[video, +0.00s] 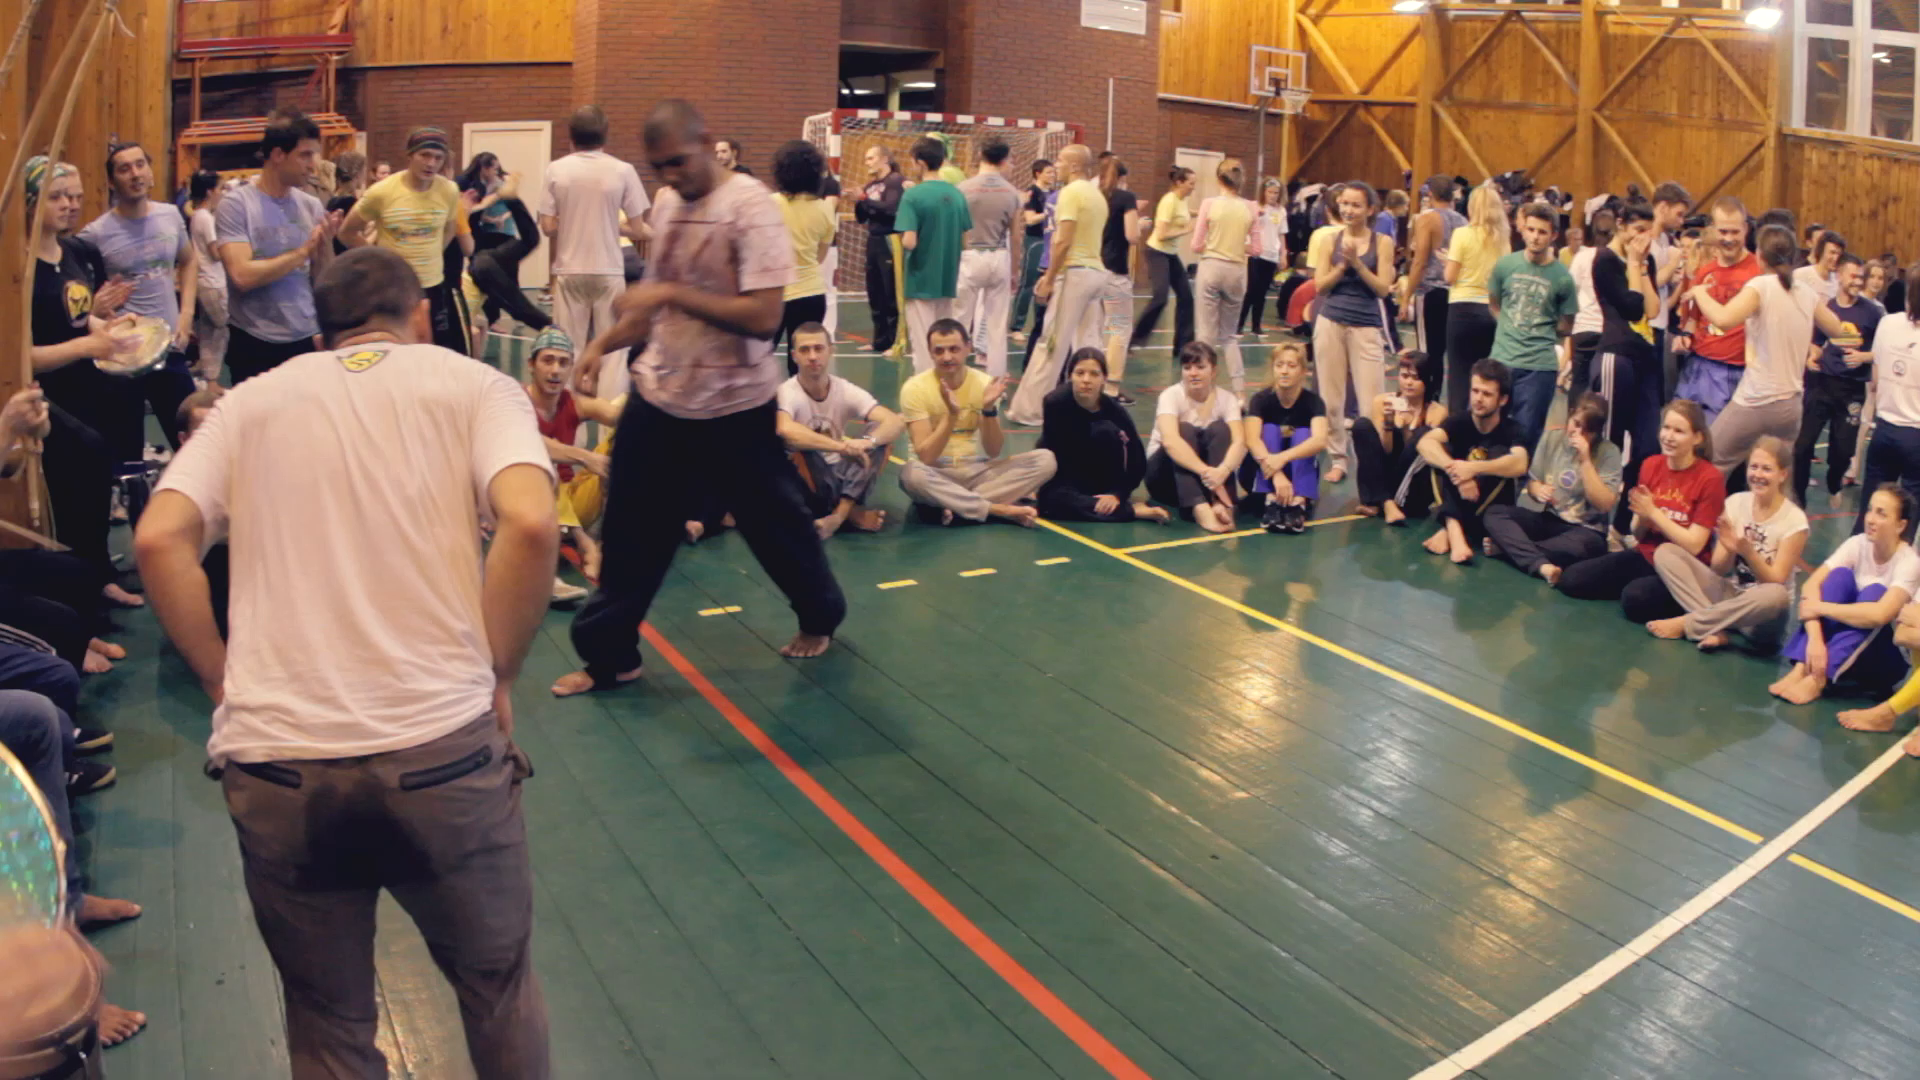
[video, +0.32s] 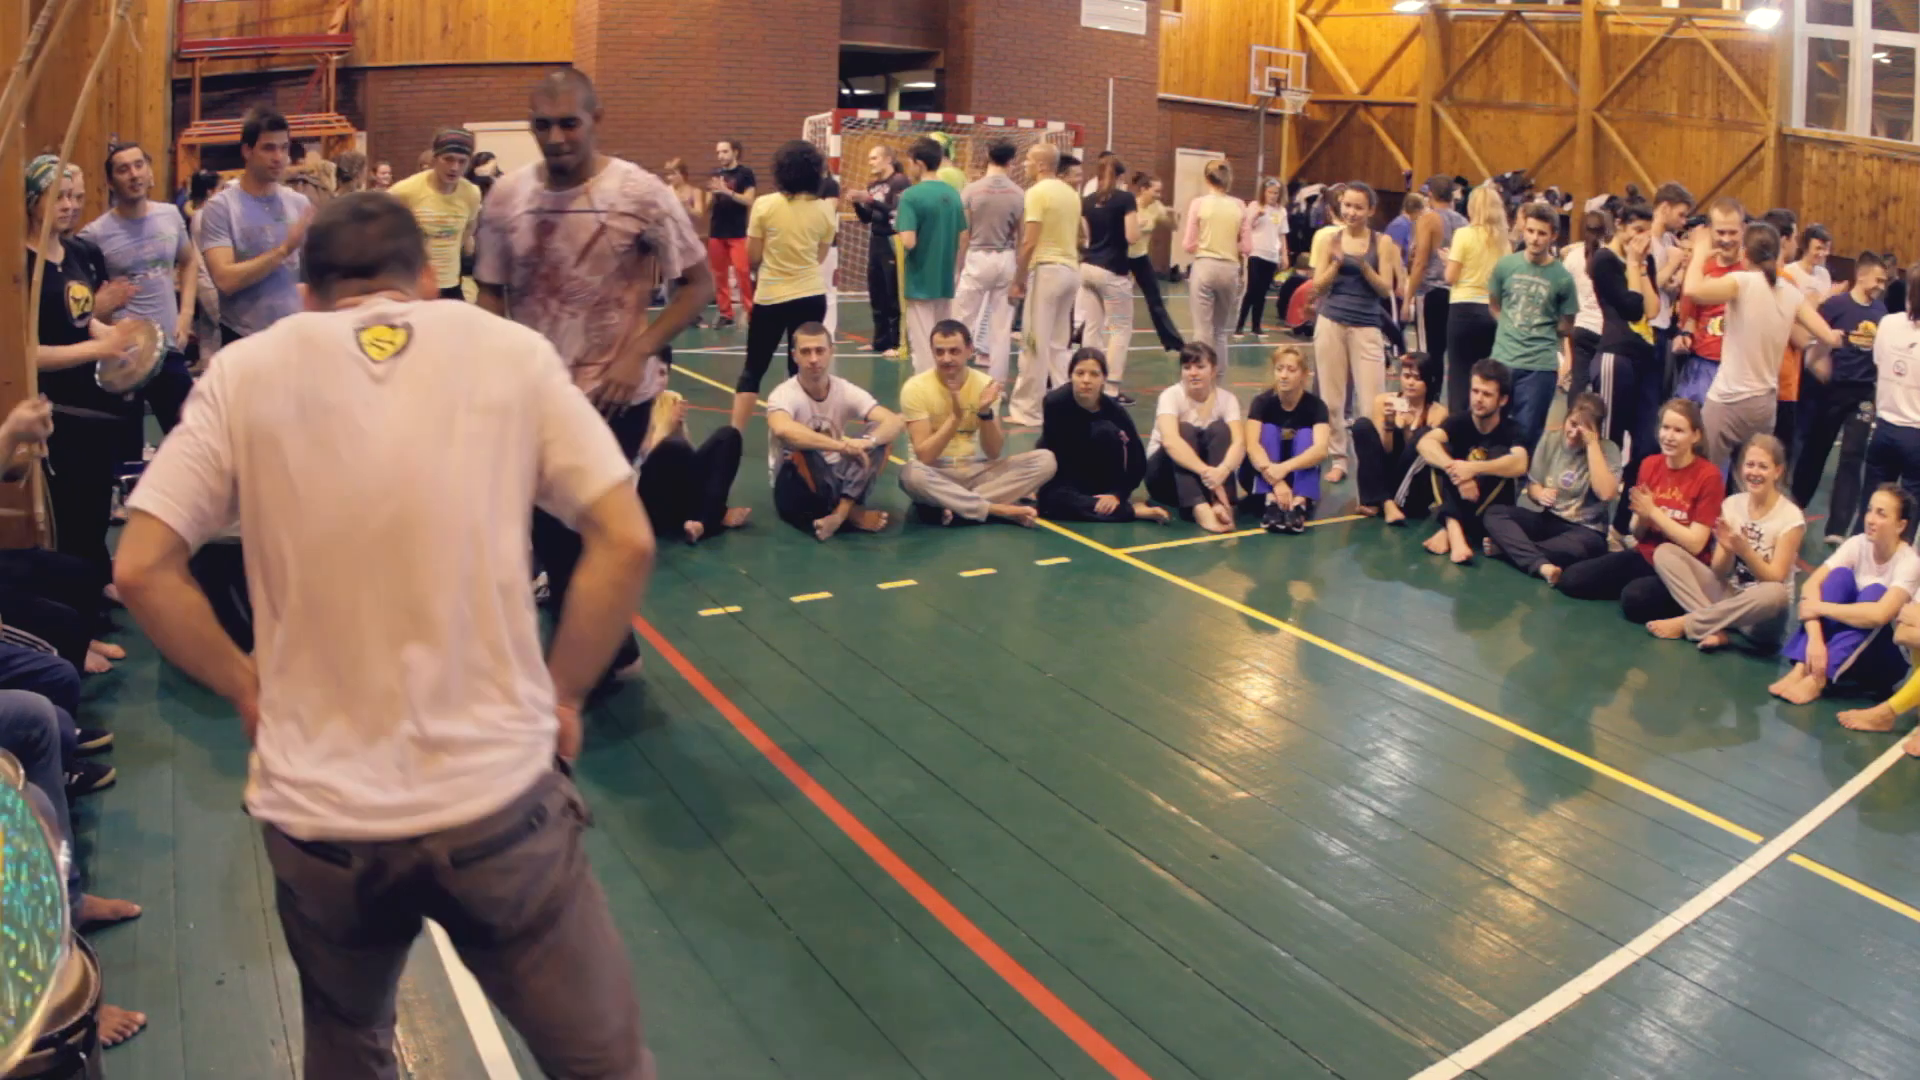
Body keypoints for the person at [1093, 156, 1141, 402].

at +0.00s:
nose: (1126, 181)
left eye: (1124, 178)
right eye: (1125, 177)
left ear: (1102, 175)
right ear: (1122, 177)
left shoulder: (1092, 195)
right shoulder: (1125, 197)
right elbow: (1131, 235)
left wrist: (1134, 211)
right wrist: (1142, 224)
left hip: (1091, 268)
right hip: (1116, 271)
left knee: (1090, 328)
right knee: (1120, 327)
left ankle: (1084, 385)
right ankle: (1111, 386)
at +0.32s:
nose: (1125, 178)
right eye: (1123, 174)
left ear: (1099, 174)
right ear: (1121, 175)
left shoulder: (1088, 199)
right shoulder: (1126, 199)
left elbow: (1086, 235)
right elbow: (1131, 236)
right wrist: (1141, 225)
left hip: (1089, 264)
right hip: (1114, 269)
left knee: (1091, 327)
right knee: (1120, 327)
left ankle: (1089, 383)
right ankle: (1112, 387)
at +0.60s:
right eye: (1120, 170)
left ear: (1097, 172)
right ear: (1120, 172)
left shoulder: (1086, 200)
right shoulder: (1127, 200)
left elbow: (1084, 235)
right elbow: (1133, 238)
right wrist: (1138, 219)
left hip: (1089, 264)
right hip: (1116, 267)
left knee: (1088, 327)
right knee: (1119, 328)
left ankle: (1088, 384)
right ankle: (1111, 387)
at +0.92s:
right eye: (1120, 171)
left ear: (1097, 172)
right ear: (1120, 173)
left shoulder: (1087, 200)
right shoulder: (1127, 201)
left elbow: (1085, 236)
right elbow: (1132, 238)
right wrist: (1142, 225)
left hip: (1089, 263)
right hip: (1115, 267)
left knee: (1089, 327)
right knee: (1119, 328)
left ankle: (1087, 384)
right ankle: (1111, 387)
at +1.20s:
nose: (1122, 175)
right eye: (1121, 172)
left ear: (1097, 173)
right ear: (1119, 174)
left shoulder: (1087, 201)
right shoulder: (1128, 201)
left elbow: (1086, 236)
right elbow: (1133, 239)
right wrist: (1140, 222)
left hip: (1089, 265)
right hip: (1115, 269)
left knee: (1091, 327)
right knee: (1119, 327)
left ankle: (1088, 383)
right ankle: (1112, 386)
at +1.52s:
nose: (1122, 175)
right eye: (1121, 171)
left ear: (1096, 173)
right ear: (1119, 173)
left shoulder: (1087, 201)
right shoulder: (1128, 201)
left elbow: (1086, 235)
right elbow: (1135, 238)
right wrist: (1140, 221)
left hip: (1090, 265)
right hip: (1117, 270)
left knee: (1088, 327)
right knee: (1119, 328)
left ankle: (1085, 385)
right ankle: (1111, 387)